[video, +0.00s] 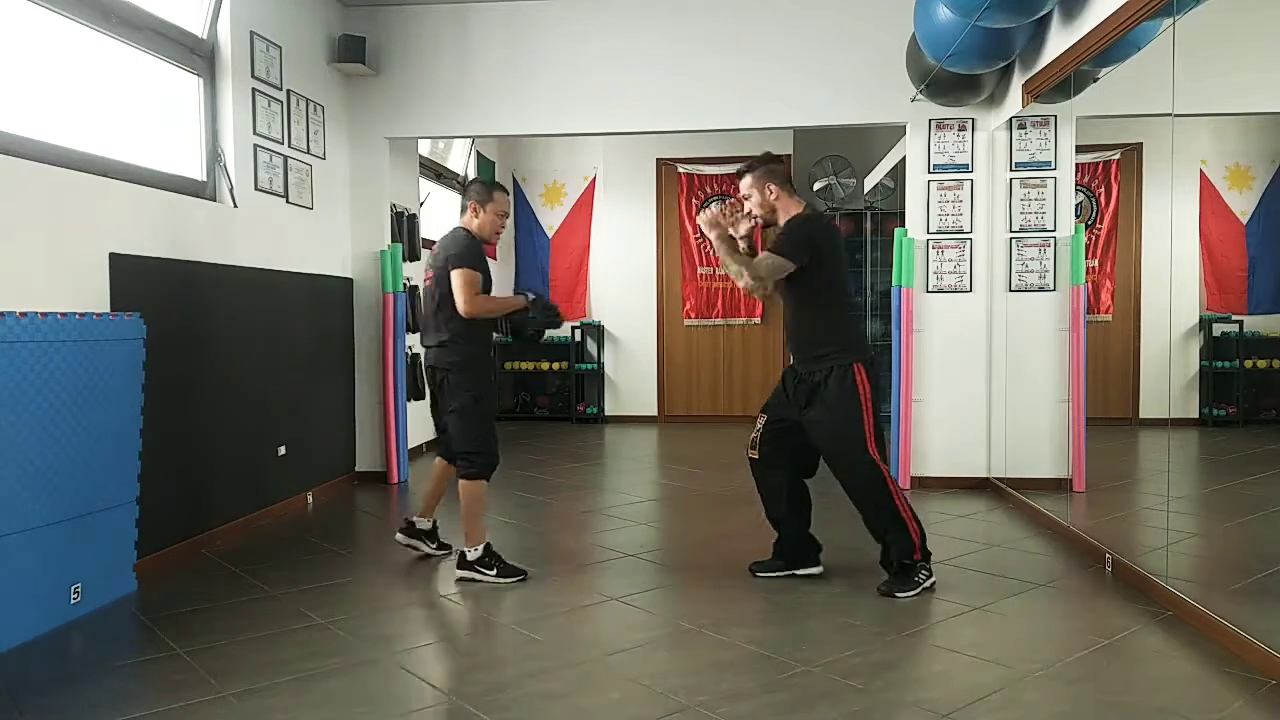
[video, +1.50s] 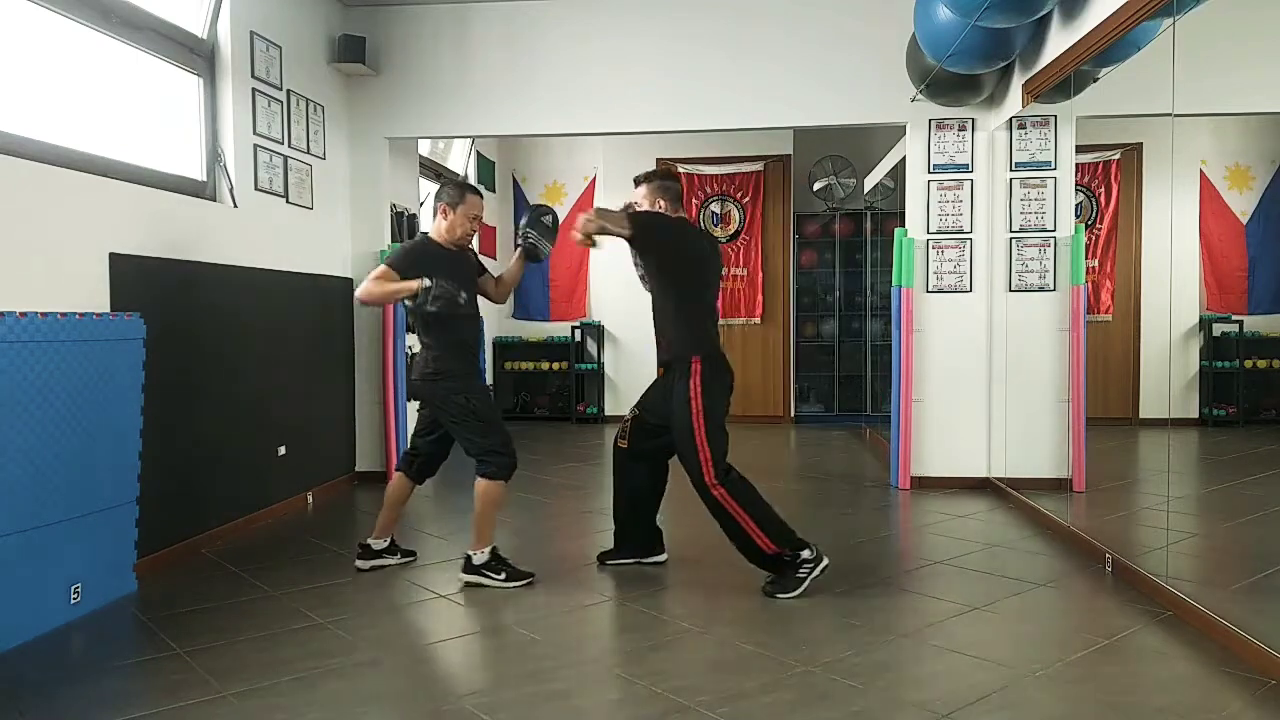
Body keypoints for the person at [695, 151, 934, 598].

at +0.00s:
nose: (747, 209)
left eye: (748, 198)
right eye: (743, 201)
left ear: (772, 189)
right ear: (774, 192)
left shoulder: (806, 228)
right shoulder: (789, 232)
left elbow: (754, 279)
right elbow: (762, 284)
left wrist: (719, 236)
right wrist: (733, 238)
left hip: (842, 371)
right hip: (804, 373)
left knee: (860, 467)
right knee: (769, 454)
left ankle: (911, 563)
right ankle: (798, 553)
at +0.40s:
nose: (743, 205)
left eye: (747, 194)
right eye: (742, 198)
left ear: (773, 191)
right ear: (771, 196)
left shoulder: (820, 225)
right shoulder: (771, 245)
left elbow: (765, 259)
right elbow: (745, 308)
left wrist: (726, 225)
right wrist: (717, 282)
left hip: (845, 371)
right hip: (796, 372)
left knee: (862, 468)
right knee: (758, 451)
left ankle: (908, 561)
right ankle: (769, 547)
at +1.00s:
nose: (739, 196)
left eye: (743, 187)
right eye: (739, 188)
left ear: (767, 189)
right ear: (766, 190)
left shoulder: (806, 232)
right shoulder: (766, 235)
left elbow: (740, 273)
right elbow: (719, 265)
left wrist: (743, 221)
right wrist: (710, 231)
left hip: (809, 376)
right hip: (761, 374)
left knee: (840, 471)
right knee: (714, 449)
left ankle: (898, 557)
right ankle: (712, 544)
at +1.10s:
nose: (719, 198)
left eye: (723, 190)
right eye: (719, 192)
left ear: (748, 192)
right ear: (744, 193)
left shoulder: (792, 235)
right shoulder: (730, 225)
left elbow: (737, 274)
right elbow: (671, 226)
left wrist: (729, 220)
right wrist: (630, 209)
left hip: (795, 373)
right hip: (748, 370)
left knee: (801, 468)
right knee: (700, 448)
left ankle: (826, 560)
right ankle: (707, 544)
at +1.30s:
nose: (676, 218)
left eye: (680, 208)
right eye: (675, 209)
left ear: (706, 207)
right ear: (703, 209)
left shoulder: (744, 250)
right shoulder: (698, 245)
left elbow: (714, 302)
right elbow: (640, 254)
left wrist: (690, 258)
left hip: (746, 381)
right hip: (705, 378)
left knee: (760, 472)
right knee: (651, 447)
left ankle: (817, 562)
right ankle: (650, 544)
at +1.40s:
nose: (653, 212)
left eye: (657, 204)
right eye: (653, 204)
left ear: (678, 203)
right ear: (679, 204)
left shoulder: (709, 241)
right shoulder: (677, 247)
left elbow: (682, 279)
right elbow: (635, 261)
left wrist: (655, 257)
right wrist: (593, 234)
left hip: (717, 376)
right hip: (686, 376)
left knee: (728, 474)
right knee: (638, 446)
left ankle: (818, 551)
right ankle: (642, 545)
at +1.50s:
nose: (632, 209)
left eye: (638, 203)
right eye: (633, 203)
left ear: (662, 204)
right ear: (673, 206)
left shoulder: (673, 231)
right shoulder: (699, 243)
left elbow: (593, 222)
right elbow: (656, 281)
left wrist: (595, 226)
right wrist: (629, 233)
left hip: (696, 370)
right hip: (679, 372)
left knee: (711, 476)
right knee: (633, 446)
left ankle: (795, 557)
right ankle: (639, 544)